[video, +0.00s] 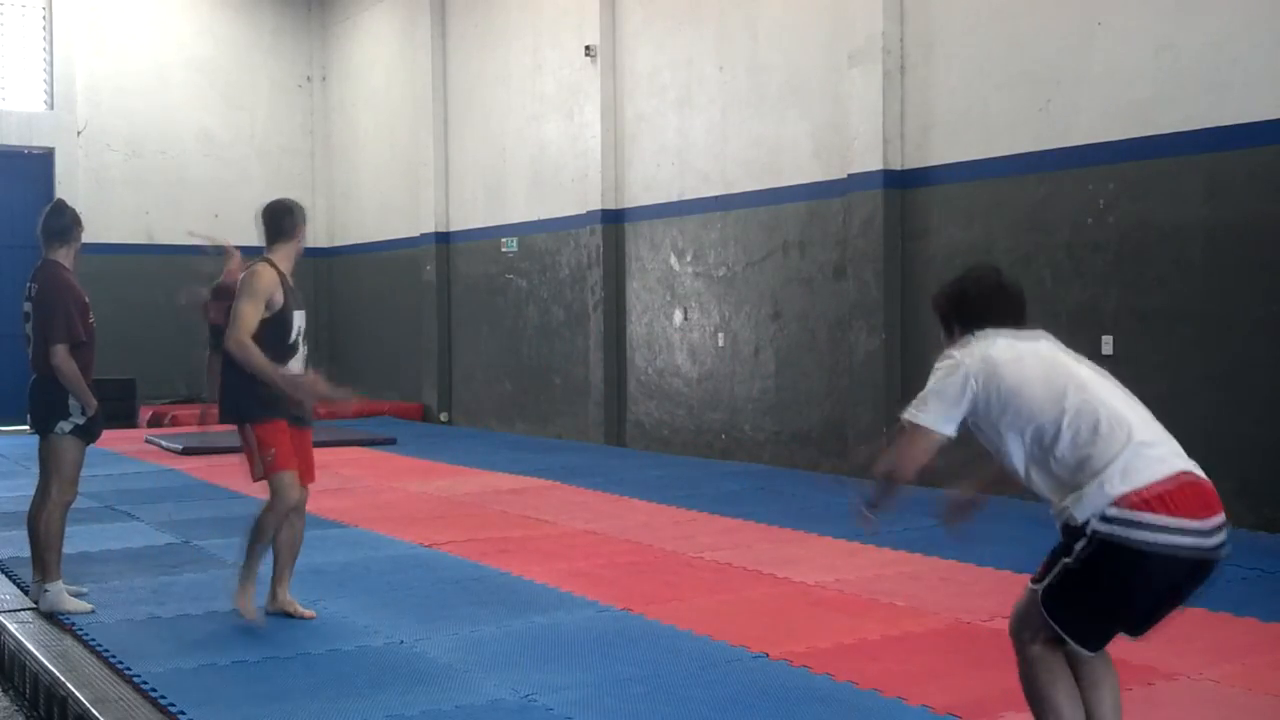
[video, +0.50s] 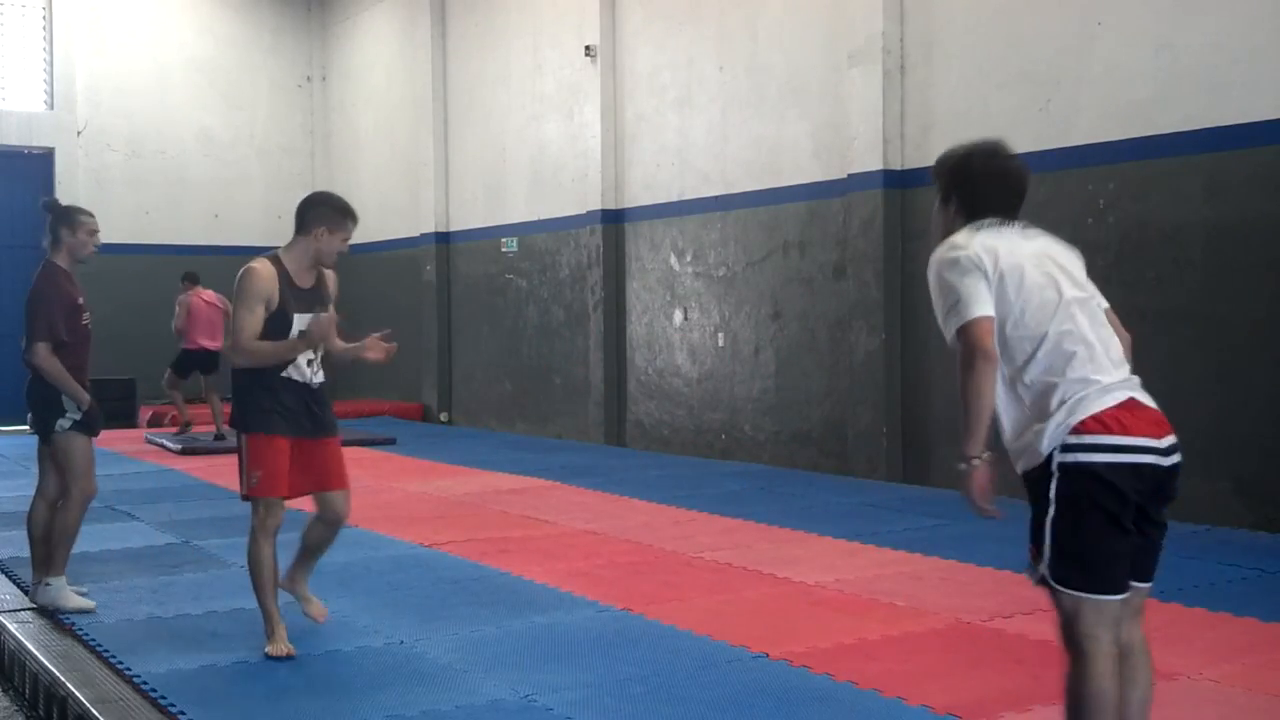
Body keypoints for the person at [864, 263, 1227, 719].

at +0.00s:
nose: (944, 339)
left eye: (944, 329)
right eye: (943, 329)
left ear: (954, 327)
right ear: (1013, 314)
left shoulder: (966, 359)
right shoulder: (1047, 348)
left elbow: (900, 465)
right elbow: (1030, 442)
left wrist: (879, 498)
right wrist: (974, 492)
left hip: (1130, 530)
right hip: (1203, 531)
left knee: (1033, 628)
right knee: (1080, 635)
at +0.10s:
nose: (939, 327)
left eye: (939, 316)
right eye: (938, 316)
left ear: (949, 313)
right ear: (1009, 297)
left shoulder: (963, 345)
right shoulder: (1045, 334)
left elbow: (939, 453)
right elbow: (1106, 429)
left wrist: (937, 538)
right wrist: (1055, 517)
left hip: (1121, 516)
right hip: (1194, 518)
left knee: (1032, 628)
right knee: (1083, 633)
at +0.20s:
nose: (931, 303)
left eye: (930, 292)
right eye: (931, 291)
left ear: (939, 290)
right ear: (1002, 276)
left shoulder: (959, 324)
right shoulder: (1041, 313)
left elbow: (968, 414)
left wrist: (979, 516)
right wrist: (1061, 501)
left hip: (1113, 496)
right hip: (1183, 497)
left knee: (1036, 627)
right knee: (1086, 631)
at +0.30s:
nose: (930, 272)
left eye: (930, 259)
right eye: (929, 259)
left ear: (940, 257)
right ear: (1001, 248)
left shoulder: (957, 295)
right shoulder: (1046, 288)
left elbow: (981, 379)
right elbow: (1119, 372)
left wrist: (998, 485)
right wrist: (1055, 478)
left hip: (1107, 478)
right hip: (1173, 477)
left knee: (1045, 624)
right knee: (1095, 624)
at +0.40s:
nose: (932, 234)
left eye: (933, 224)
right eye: (932, 224)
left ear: (943, 225)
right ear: (1006, 220)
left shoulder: (956, 269)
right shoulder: (1050, 264)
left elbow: (980, 356)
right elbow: (1122, 348)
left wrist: (993, 461)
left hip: (1092, 464)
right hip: (1164, 462)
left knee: (1067, 627)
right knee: (1113, 623)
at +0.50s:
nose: (936, 211)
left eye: (939, 199)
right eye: (938, 199)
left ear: (952, 202)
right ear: (1010, 200)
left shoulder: (959, 251)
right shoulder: (1052, 247)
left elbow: (981, 348)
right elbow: (1118, 340)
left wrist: (974, 452)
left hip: (1087, 452)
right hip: (1154, 447)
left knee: (1088, 635)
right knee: (1128, 628)